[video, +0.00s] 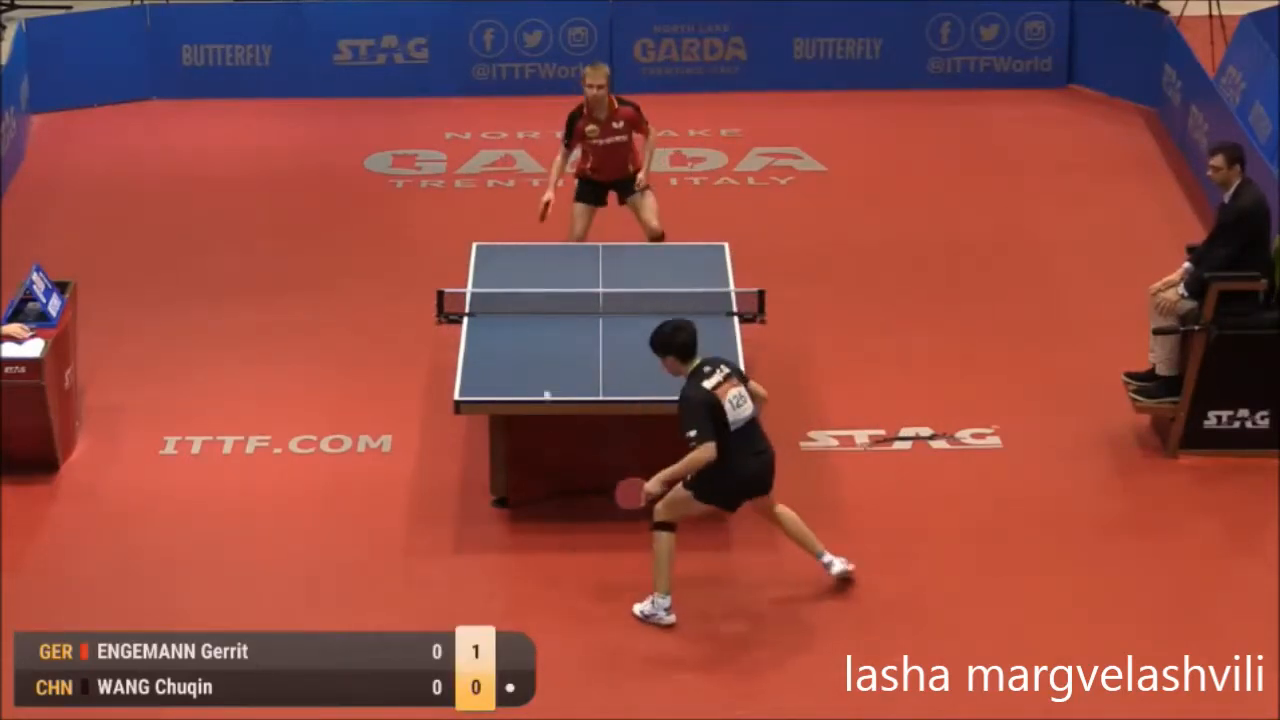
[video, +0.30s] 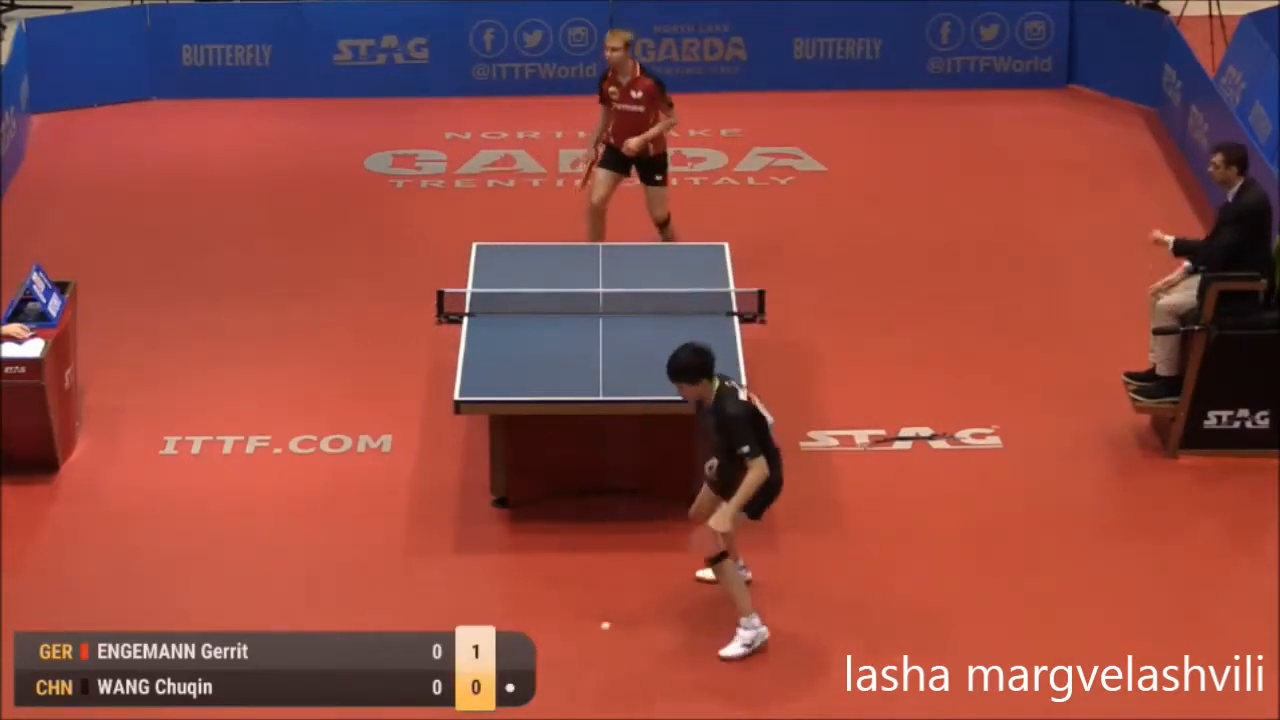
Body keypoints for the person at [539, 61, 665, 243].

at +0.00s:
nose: (595, 93)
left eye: (600, 87)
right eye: (590, 87)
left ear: (608, 87)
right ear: (583, 87)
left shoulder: (628, 112)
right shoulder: (577, 117)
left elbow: (650, 134)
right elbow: (564, 154)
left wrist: (644, 171)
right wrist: (550, 190)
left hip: (627, 177)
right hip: (591, 179)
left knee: (655, 230)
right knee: (577, 237)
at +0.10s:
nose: (602, 78)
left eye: (607, 73)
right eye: (598, 73)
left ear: (616, 74)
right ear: (592, 73)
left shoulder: (637, 101)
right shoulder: (586, 104)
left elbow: (655, 129)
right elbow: (580, 139)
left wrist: (638, 161)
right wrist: (570, 176)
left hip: (634, 167)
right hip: (600, 169)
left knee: (655, 228)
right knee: (585, 229)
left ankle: (669, 262)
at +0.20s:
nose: (606, 68)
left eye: (612, 63)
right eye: (602, 63)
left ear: (623, 65)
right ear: (598, 64)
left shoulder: (644, 93)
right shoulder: (595, 95)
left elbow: (663, 125)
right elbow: (592, 127)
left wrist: (639, 151)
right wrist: (582, 160)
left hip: (643, 162)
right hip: (609, 162)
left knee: (656, 224)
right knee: (590, 215)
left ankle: (671, 253)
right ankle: (583, 262)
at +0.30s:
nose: (609, 55)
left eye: (614, 50)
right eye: (607, 50)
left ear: (627, 52)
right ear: (604, 51)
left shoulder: (650, 83)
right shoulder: (606, 80)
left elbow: (671, 118)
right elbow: (606, 113)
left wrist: (642, 139)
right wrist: (594, 146)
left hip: (650, 151)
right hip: (617, 148)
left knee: (659, 216)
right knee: (596, 203)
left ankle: (674, 256)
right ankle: (595, 257)